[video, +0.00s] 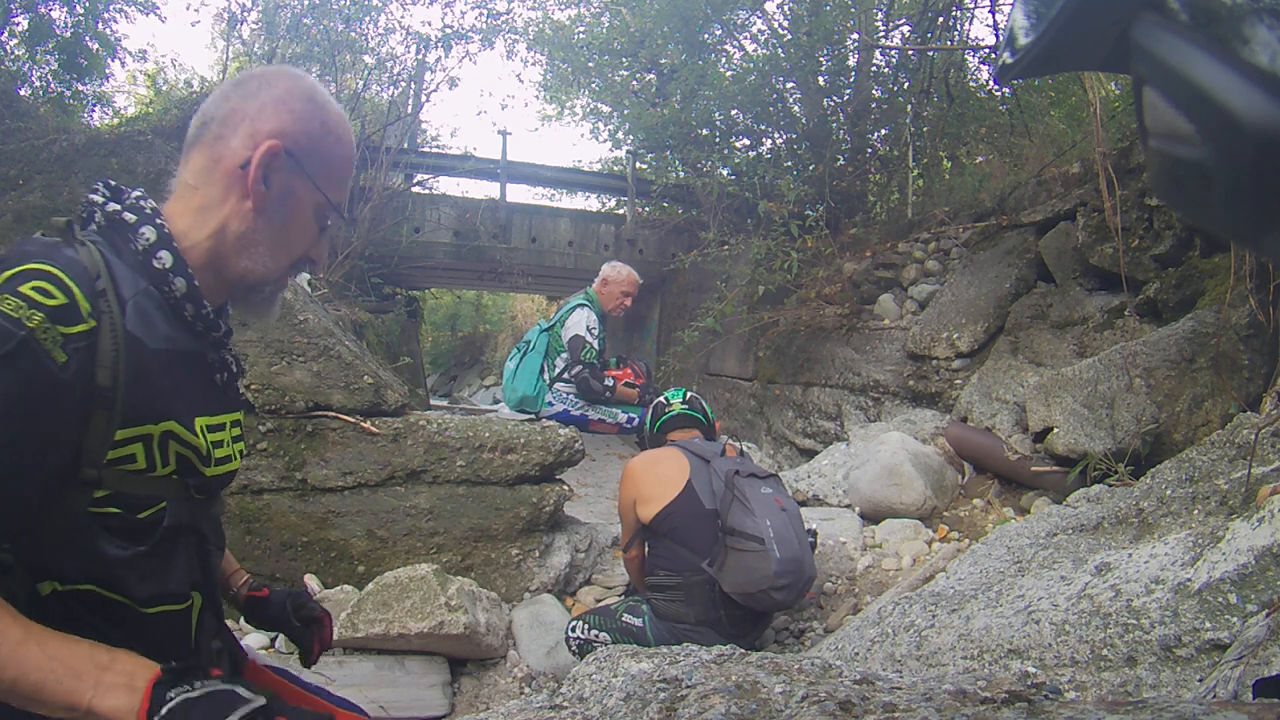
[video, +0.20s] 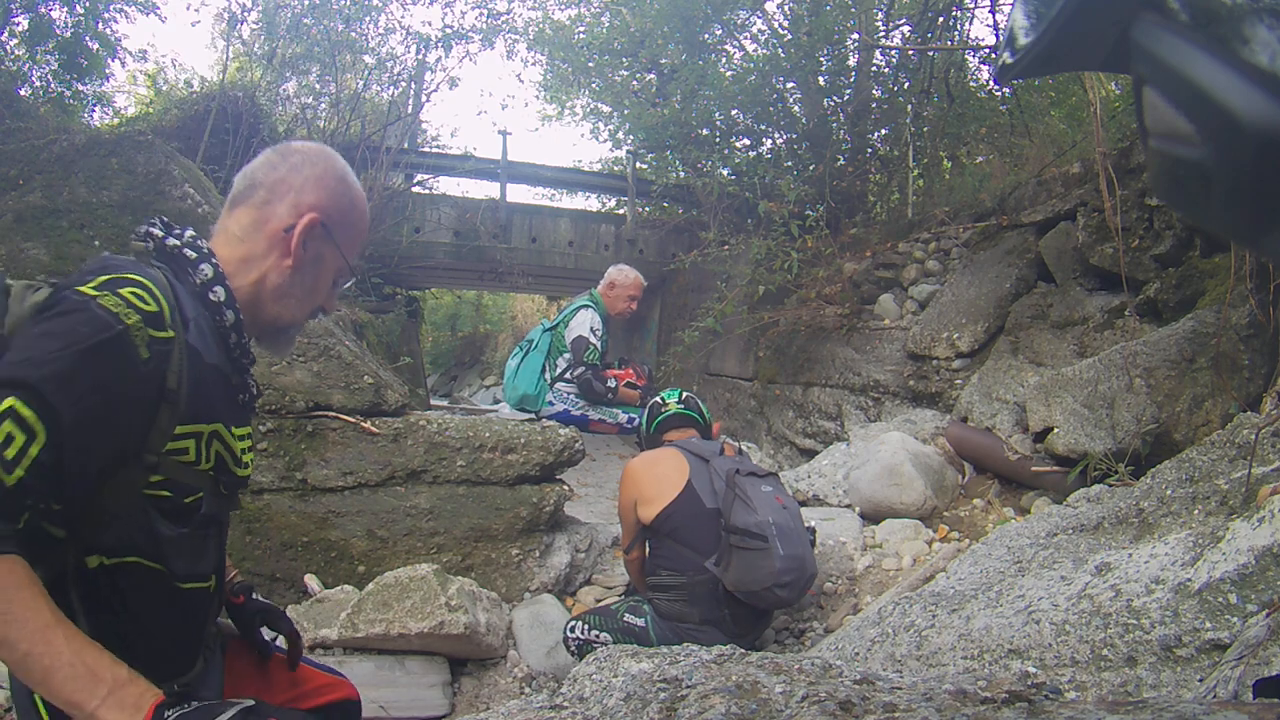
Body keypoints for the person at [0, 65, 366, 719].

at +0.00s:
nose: (320, 256)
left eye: (331, 225)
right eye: (326, 216)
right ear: (262, 173)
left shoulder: (201, 327)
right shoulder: (46, 302)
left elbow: (166, 520)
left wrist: (249, 595)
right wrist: (145, 692)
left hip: (204, 668)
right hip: (60, 700)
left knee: (351, 716)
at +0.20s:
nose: (333, 303)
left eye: (344, 282)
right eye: (341, 275)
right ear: (300, 240)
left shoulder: (216, 336)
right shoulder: (120, 319)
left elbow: (145, 519)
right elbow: (2, 537)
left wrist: (230, 595)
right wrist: (129, 702)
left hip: (194, 658)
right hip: (94, 694)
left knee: (334, 699)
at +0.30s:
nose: (335, 321)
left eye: (347, 302)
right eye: (346, 296)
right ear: (314, 265)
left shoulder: (221, 334)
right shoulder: (161, 317)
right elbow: (4, 474)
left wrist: (222, 591)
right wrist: (129, 701)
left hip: (192, 649)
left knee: (326, 689)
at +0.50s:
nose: (340, 313)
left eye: (353, 296)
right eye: (353, 290)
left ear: (269, 229)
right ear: (331, 262)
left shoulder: (238, 310)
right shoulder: (197, 287)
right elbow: (56, 436)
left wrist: (218, 598)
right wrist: (144, 700)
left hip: (182, 625)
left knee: (319, 686)